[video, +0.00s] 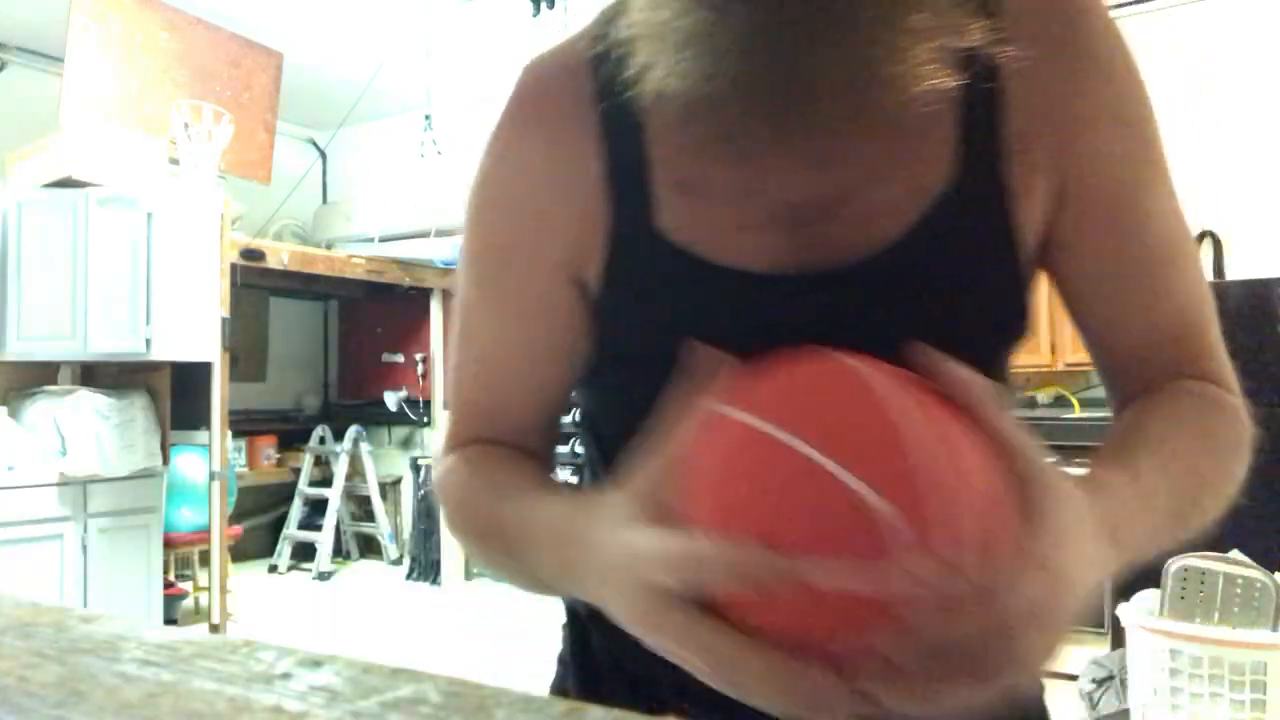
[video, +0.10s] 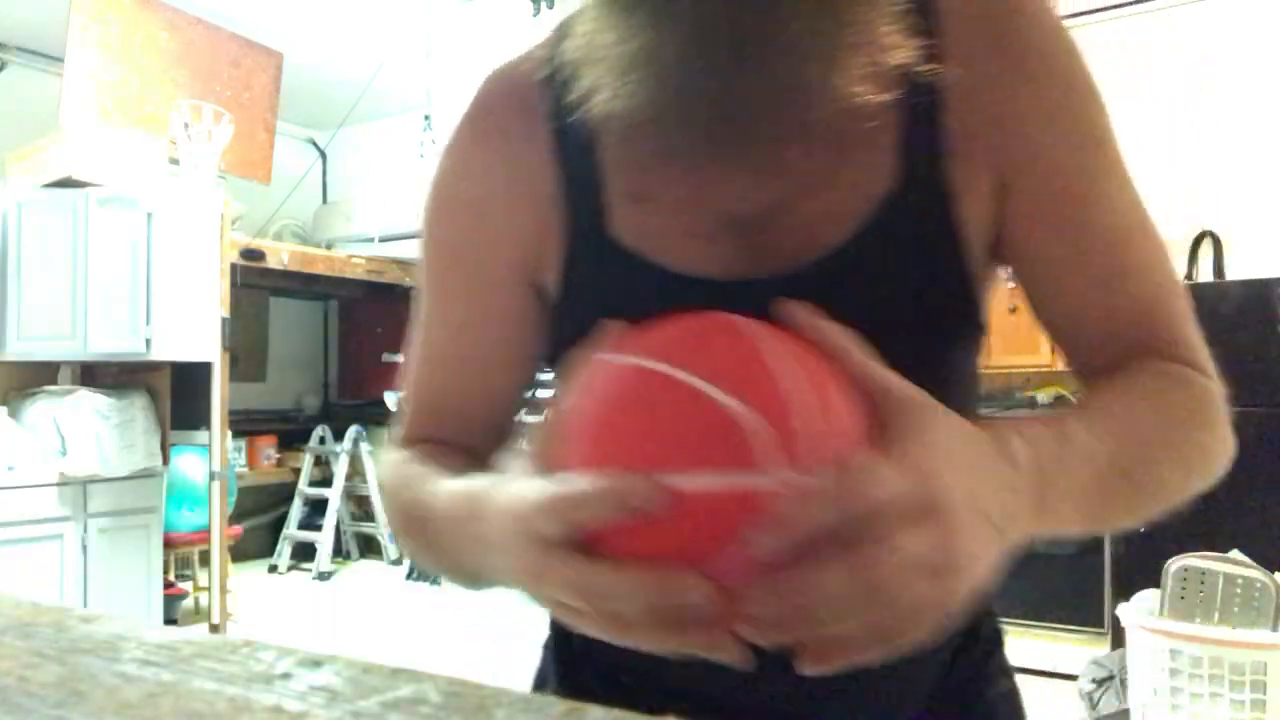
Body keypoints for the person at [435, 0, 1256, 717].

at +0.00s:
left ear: (935, 49)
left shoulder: (1050, 57)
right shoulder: (567, 115)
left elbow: (1190, 393)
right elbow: (479, 457)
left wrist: (1094, 534)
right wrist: (583, 546)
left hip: (952, 672)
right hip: (657, 681)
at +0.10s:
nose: (734, 222)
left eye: (772, 194)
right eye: (694, 197)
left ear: (872, 55)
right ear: (610, 83)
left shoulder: (995, 55)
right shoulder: (520, 131)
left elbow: (1177, 397)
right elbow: (422, 464)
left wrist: (1016, 486)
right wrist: (500, 531)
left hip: (916, 675)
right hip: (632, 675)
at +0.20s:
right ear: (580, 56)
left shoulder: (935, 54)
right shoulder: (485, 141)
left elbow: (1157, 411)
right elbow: (352, 475)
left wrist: (969, 440)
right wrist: (389, 531)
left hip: (892, 680)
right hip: (604, 682)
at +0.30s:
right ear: (528, 17)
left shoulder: (905, 53)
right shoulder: (462, 157)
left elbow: (1141, 449)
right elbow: (357, 467)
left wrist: (976, 391)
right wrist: (285, 524)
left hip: (886, 682)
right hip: (599, 684)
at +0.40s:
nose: (608, 6)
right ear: (484, 4)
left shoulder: (898, 51)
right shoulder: (443, 183)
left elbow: (1154, 481)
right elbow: (392, 522)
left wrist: (1042, 312)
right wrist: (269, 522)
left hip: (888, 678)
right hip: (600, 682)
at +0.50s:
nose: (598, 5)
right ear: (477, 19)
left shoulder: (909, 126)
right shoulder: (458, 188)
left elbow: (1206, 488)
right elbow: (365, 495)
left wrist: (1118, 281)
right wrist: (218, 512)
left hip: (897, 673)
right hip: (616, 679)